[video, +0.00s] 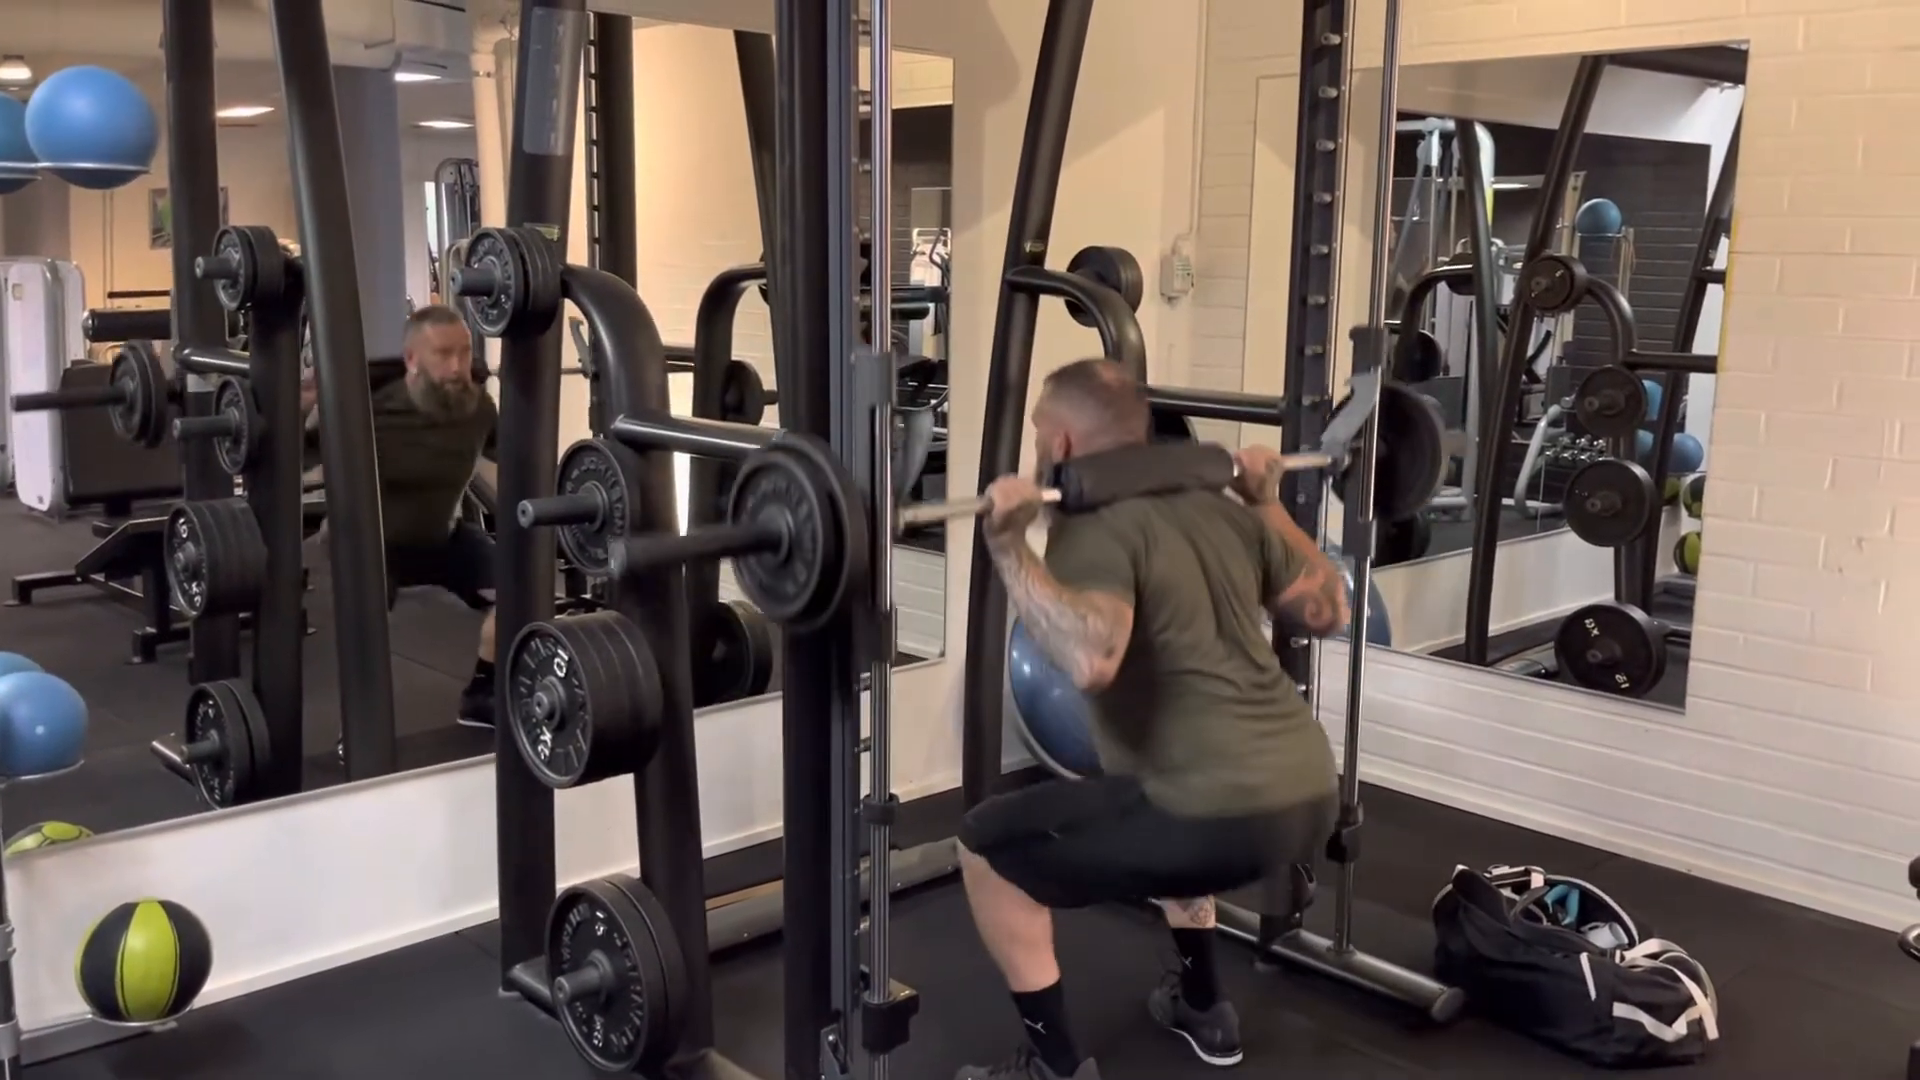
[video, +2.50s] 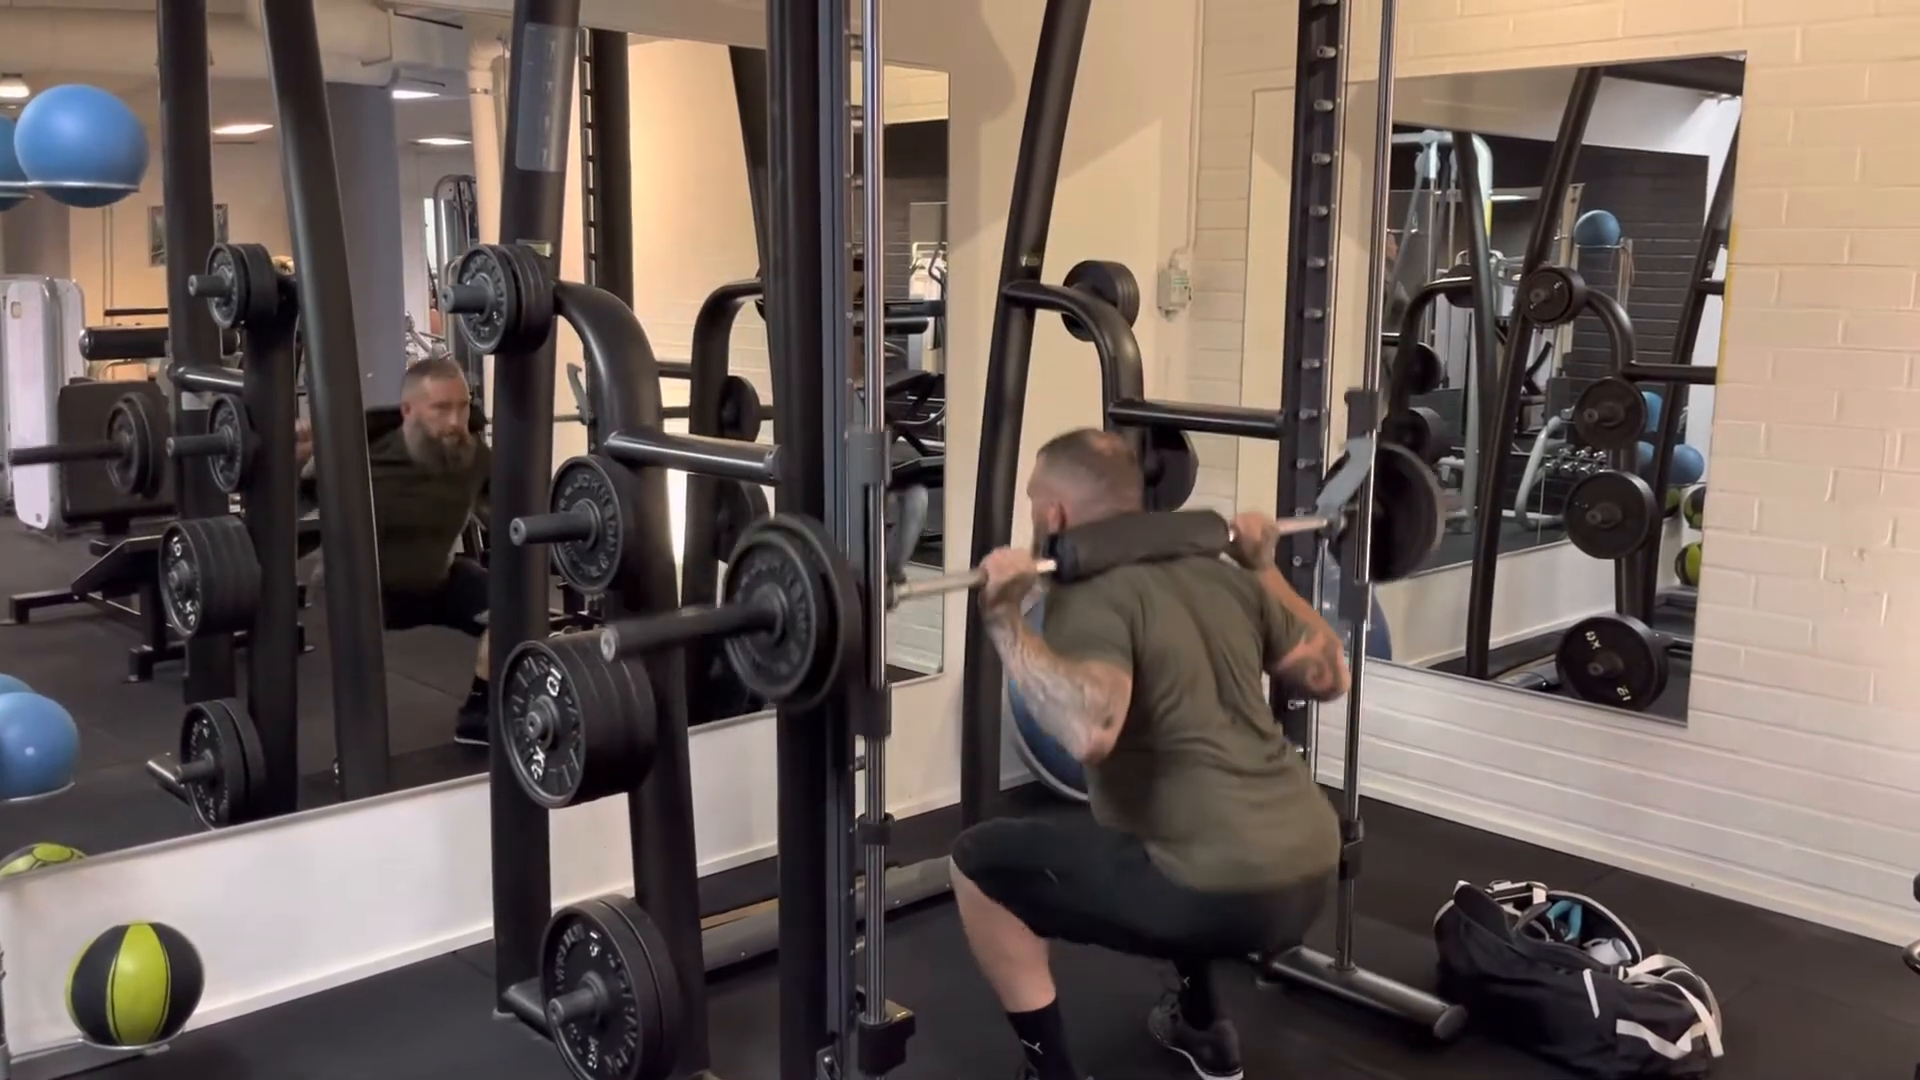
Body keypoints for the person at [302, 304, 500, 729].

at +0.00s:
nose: (458, 367)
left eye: (465, 353)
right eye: (444, 354)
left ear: (473, 354)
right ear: (411, 360)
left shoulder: (478, 410)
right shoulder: (374, 414)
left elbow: (508, 450)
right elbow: (292, 466)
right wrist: (296, 414)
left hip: (441, 541)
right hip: (373, 545)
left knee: (517, 579)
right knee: (364, 609)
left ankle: (484, 691)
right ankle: (359, 721)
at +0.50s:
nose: (454, 216)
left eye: (460, 203)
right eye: (439, 204)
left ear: (466, 207)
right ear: (406, 209)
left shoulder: (472, 270)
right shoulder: (360, 272)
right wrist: (275, 262)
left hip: (453, 451)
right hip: (380, 455)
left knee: (480, 568)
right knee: (365, 590)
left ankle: (482, 696)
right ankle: (360, 714)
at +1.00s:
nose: (454, 217)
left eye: (459, 205)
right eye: (440, 206)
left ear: (466, 210)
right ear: (405, 212)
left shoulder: (473, 273)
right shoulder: (360, 274)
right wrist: (279, 268)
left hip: (458, 459)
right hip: (381, 463)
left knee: (482, 574)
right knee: (365, 594)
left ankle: (482, 699)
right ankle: (359, 714)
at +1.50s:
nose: (456, 270)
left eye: (462, 259)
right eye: (442, 260)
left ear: (469, 261)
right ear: (410, 265)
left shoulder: (471, 326)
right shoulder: (365, 322)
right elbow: (297, 362)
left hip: (445, 488)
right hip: (377, 491)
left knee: (505, 563)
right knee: (357, 604)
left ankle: (484, 700)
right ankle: (360, 725)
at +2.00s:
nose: (458, 436)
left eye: (466, 421)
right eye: (444, 423)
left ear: (474, 420)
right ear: (411, 424)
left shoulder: (480, 469)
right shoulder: (367, 474)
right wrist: (292, 480)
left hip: (438, 593)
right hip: (369, 598)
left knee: (515, 596)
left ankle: (483, 708)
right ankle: (358, 738)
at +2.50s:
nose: (456, 421)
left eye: (463, 407)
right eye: (442, 409)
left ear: (471, 406)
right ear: (408, 411)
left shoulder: (476, 460)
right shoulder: (365, 462)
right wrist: (290, 462)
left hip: (433, 584)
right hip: (361, 589)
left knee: (509, 596)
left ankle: (481, 708)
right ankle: (356, 738)